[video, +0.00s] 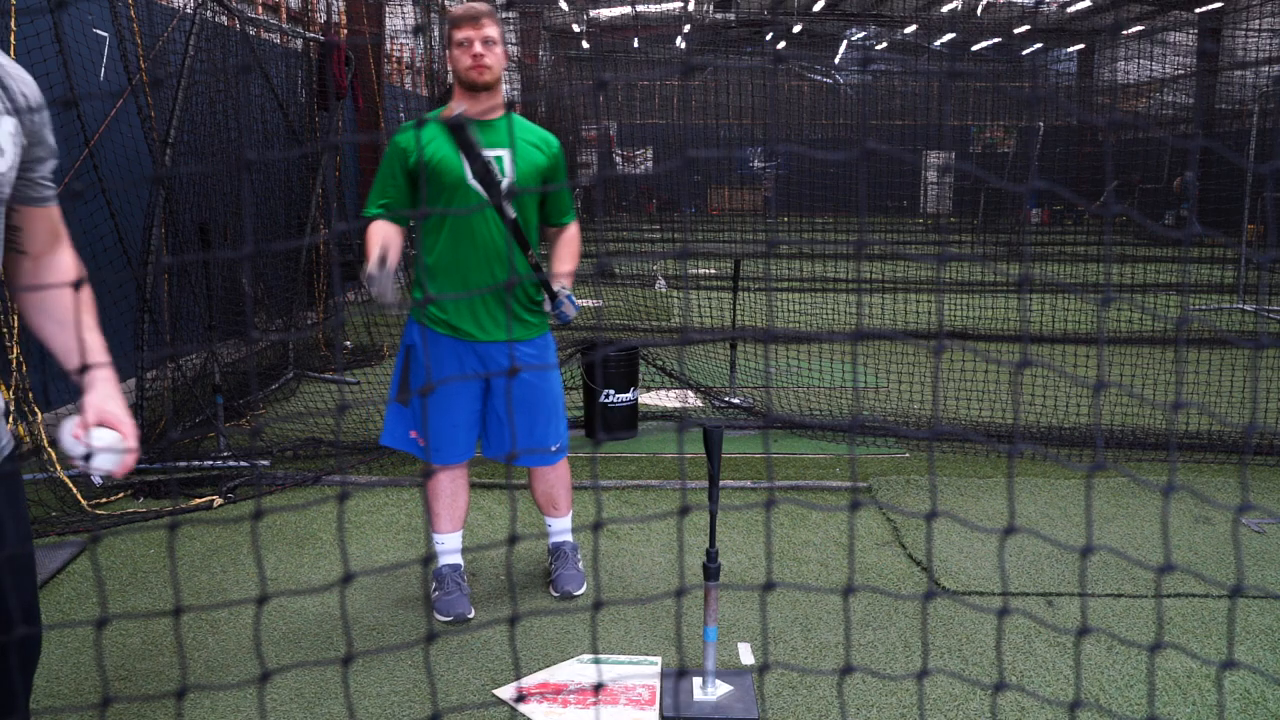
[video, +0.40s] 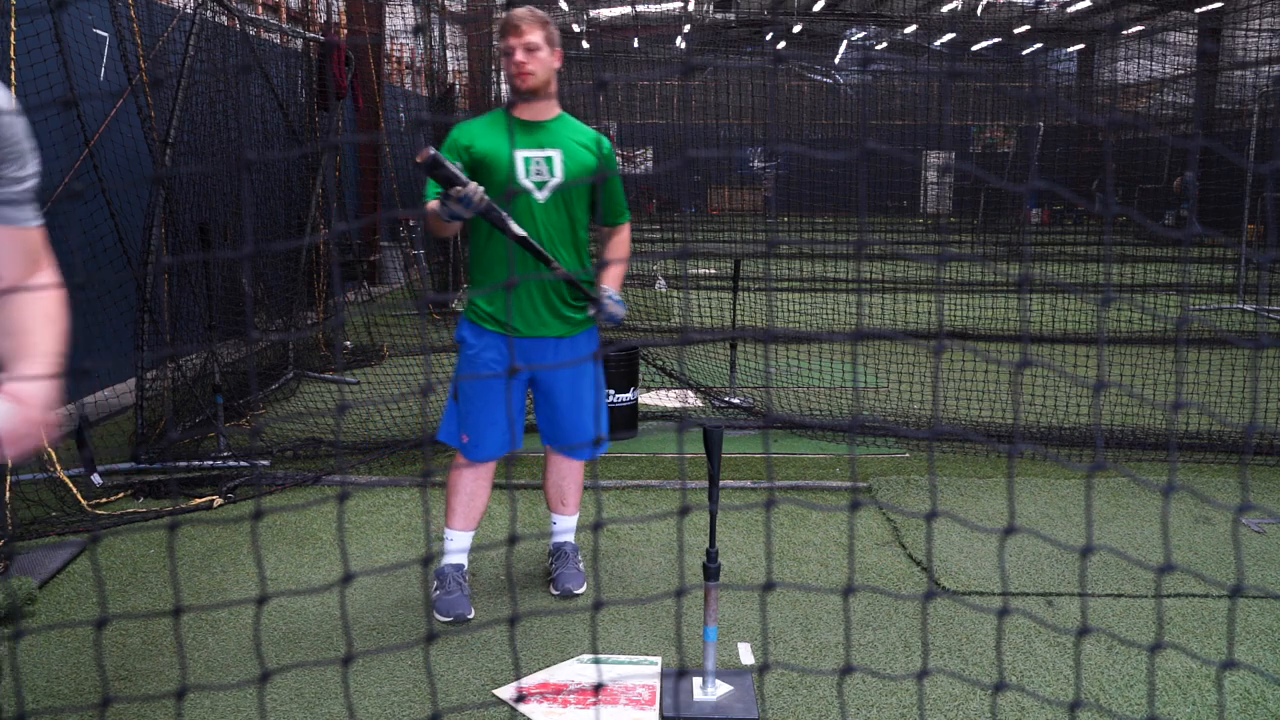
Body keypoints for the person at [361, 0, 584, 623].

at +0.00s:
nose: (479, 53)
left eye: (489, 43)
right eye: (465, 45)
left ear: (506, 54)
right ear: (448, 59)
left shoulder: (542, 145)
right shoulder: (414, 143)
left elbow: (564, 225)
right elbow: (387, 216)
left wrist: (560, 282)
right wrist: (382, 259)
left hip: (525, 325)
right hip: (444, 327)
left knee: (547, 445)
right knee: (448, 455)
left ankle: (562, 548)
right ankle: (449, 567)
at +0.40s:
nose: (519, 60)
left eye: (532, 49)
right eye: (510, 51)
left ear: (558, 57)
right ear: (502, 61)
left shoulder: (592, 147)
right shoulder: (470, 137)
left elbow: (617, 227)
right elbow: (436, 224)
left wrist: (609, 288)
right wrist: (452, 212)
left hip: (568, 325)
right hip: (489, 324)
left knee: (572, 441)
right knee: (476, 446)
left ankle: (564, 548)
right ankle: (453, 566)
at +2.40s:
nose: (550, 62)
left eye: (560, 50)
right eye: (539, 54)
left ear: (585, 56)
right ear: (529, 65)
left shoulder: (622, 148)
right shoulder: (500, 143)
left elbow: (650, 229)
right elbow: (480, 233)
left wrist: (639, 285)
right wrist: (475, 216)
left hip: (589, 322)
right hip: (514, 319)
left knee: (577, 436)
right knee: (500, 436)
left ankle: (566, 546)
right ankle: (486, 550)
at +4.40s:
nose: (572, 59)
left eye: (580, 49)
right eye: (559, 51)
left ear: (594, 58)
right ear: (539, 64)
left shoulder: (623, 148)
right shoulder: (504, 142)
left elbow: (653, 225)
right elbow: (481, 233)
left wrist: (636, 276)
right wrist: (477, 183)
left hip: (592, 320)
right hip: (517, 319)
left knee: (579, 440)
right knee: (503, 440)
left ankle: (566, 547)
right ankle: (487, 550)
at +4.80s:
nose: (580, 61)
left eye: (584, 51)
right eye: (566, 52)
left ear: (595, 60)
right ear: (537, 64)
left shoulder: (621, 148)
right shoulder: (505, 135)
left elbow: (653, 226)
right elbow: (474, 213)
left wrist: (627, 286)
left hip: (589, 324)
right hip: (514, 320)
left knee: (576, 442)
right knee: (500, 444)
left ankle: (566, 546)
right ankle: (485, 551)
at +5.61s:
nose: (516, 88)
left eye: (524, 75)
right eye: (502, 78)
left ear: (537, 71)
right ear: (478, 77)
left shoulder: (568, 147)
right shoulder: (446, 149)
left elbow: (607, 223)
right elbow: (415, 224)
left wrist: (584, 278)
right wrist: (424, 231)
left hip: (547, 324)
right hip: (469, 325)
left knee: (557, 440)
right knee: (455, 443)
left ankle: (564, 545)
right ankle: (434, 549)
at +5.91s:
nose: (438, 107)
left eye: (447, 93)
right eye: (426, 98)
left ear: (467, 74)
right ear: (411, 92)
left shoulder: (518, 136)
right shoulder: (397, 157)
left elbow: (565, 205)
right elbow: (390, 231)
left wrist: (552, 274)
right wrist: (380, 265)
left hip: (517, 319)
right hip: (438, 324)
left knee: (544, 437)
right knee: (436, 443)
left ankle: (568, 544)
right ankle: (431, 549)